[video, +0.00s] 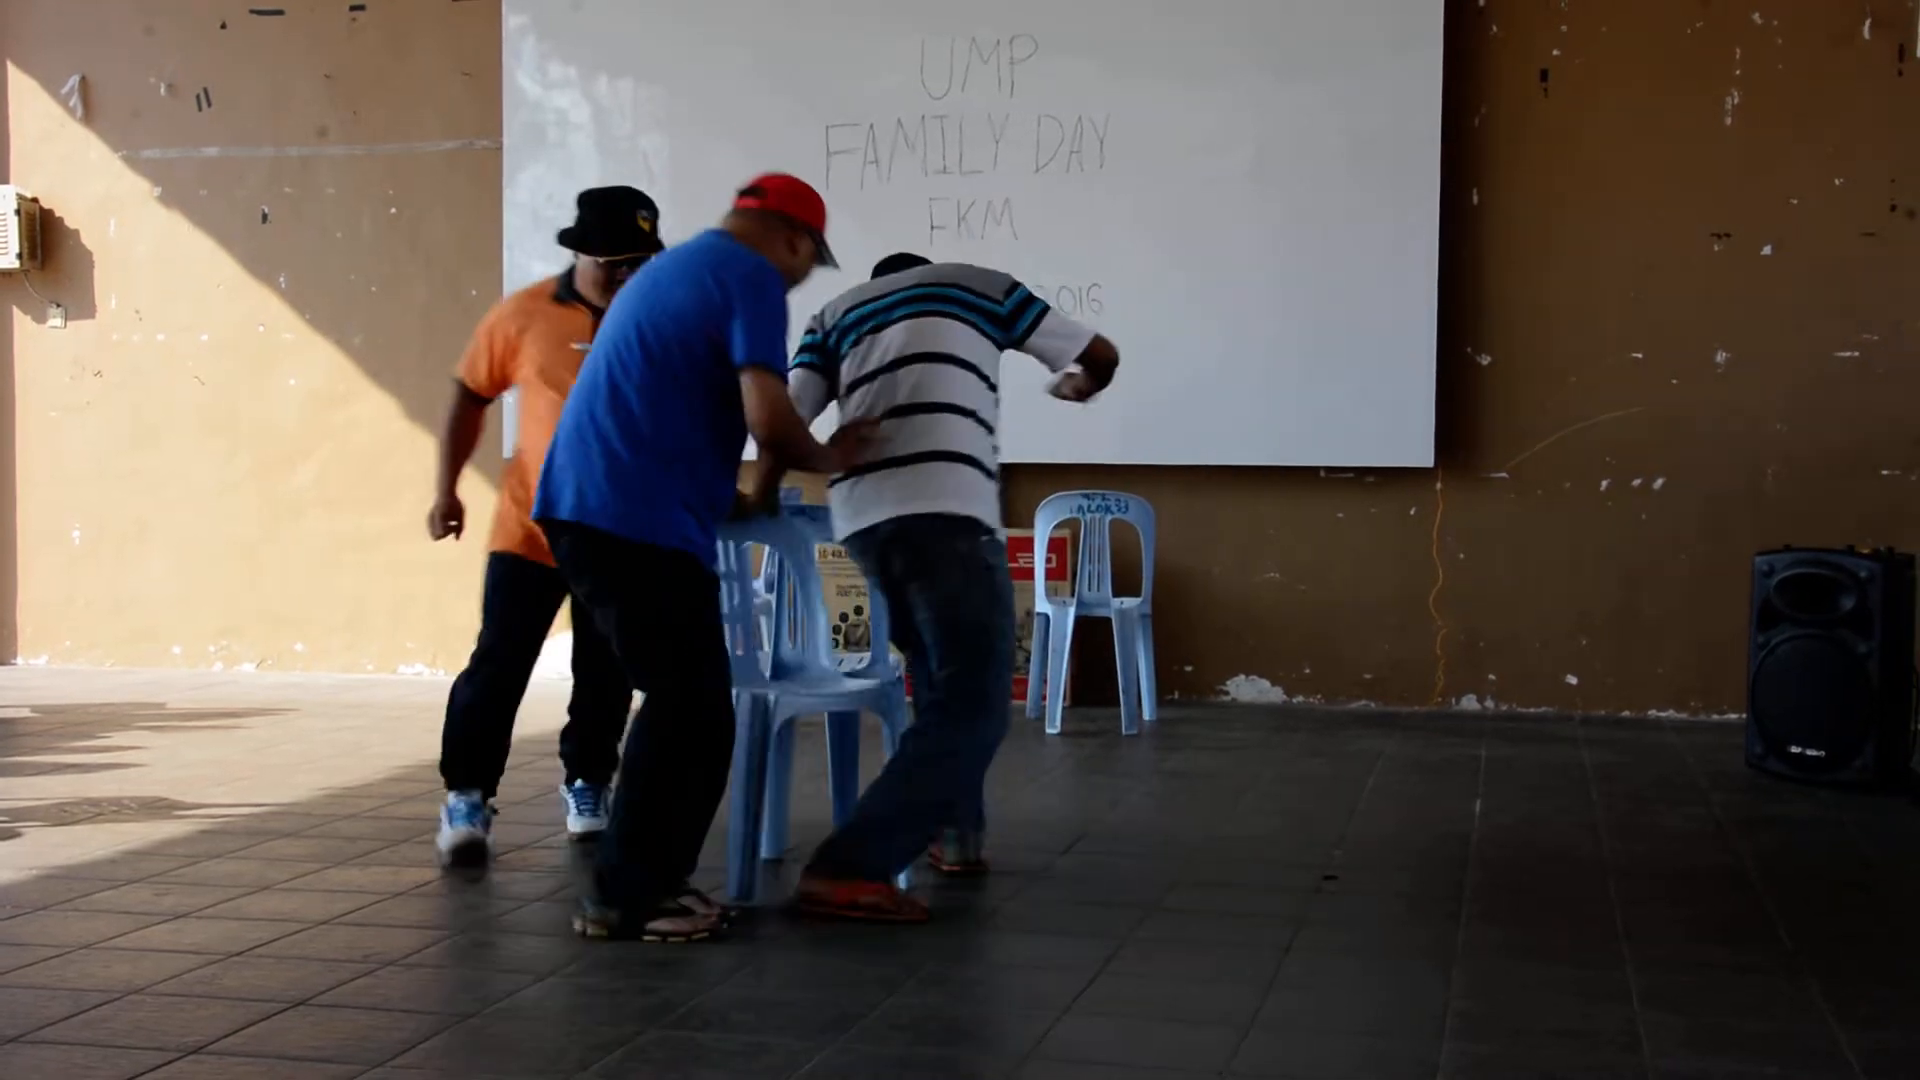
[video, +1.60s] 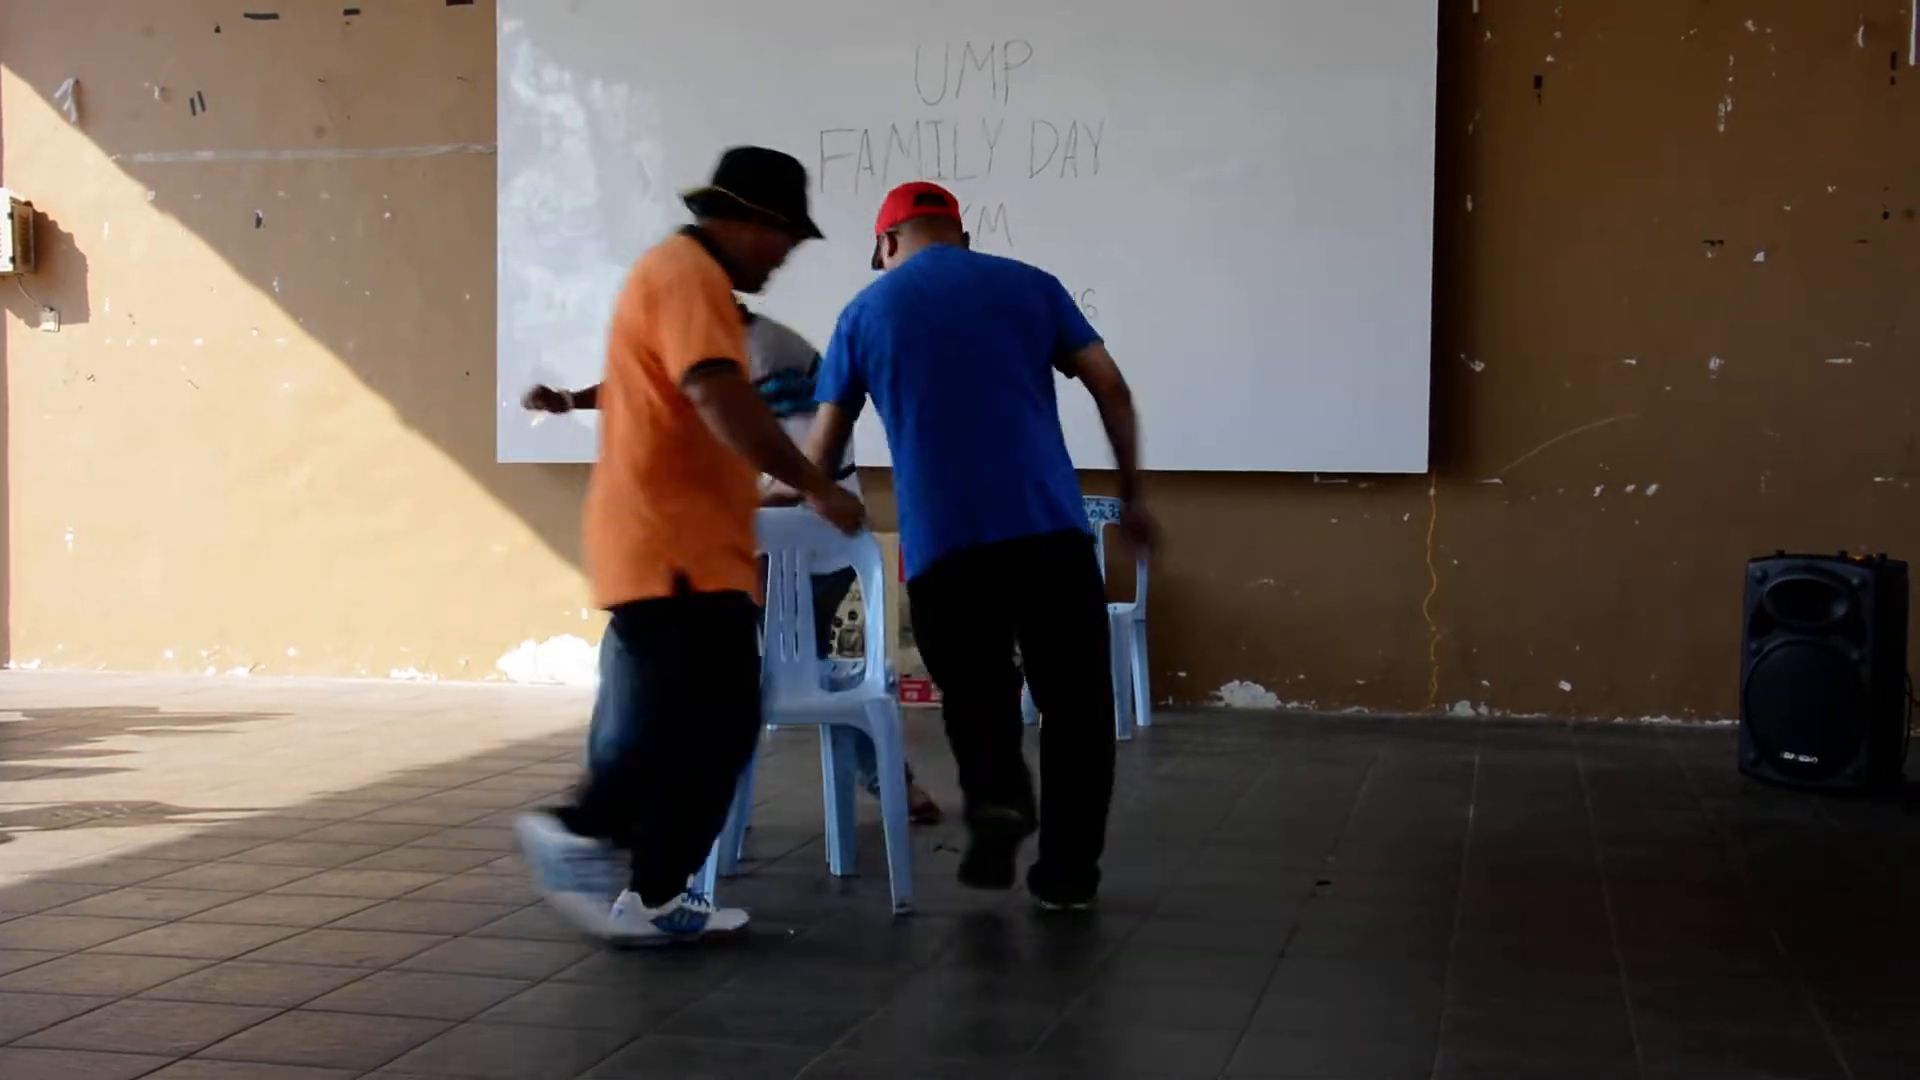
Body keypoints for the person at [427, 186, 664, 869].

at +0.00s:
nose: (621, 276)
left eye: (635, 264)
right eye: (608, 262)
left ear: (651, 261)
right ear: (578, 253)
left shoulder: (655, 325)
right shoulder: (524, 316)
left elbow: (688, 422)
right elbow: (472, 395)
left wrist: (679, 515)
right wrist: (447, 488)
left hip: (618, 535)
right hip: (530, 526)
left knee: (608, 671)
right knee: (500, 664)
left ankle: (590, 785)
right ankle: (466, 799)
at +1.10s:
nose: (655, 250)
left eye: (662, 236)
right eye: (652, 232)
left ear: (616, 214)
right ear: (606, 207)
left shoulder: (602, 294)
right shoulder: (519, 262)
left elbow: (588, 419)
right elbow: (467, 367)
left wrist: (632, 499)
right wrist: (555, 466)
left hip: (581, 549)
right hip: (511, 547)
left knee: (570, 709)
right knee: (507, 710)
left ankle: (529, 849)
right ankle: (476, 878)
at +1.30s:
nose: (688, 252)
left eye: (695, 238)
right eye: (685, 234)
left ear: (651, 219)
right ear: (645, 212)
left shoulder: (616, 285)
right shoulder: (565, 268)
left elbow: (591, 410)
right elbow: (563, 387)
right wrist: (665, 470)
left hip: (610, 550)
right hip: (537, 551)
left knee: (643, 699)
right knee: (534, 717)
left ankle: (548, 834)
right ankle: (477, 886)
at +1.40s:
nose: (720, 237)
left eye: (726, 222)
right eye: (717, 218)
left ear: (676, 205)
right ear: (678, 201)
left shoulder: (640, 271)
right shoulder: (604, 253)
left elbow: (643, 420)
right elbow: (636, 387)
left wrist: (717, 383)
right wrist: (739, 462)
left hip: (636, 540)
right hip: (569, 537)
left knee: (677, 682)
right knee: (553, 708)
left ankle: (617, 862)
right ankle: (483, 881)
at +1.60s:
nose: (782, 258)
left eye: (790, 243)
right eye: (782, 239)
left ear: (724, 216)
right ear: (745, 219)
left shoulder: (669, 271)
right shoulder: (688, 274)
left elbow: (653, 392)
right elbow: (719, 396)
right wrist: (818, 486)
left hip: (668, 541)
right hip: (677, 546)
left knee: (694, 713)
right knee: (711, 717)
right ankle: (576, 837)